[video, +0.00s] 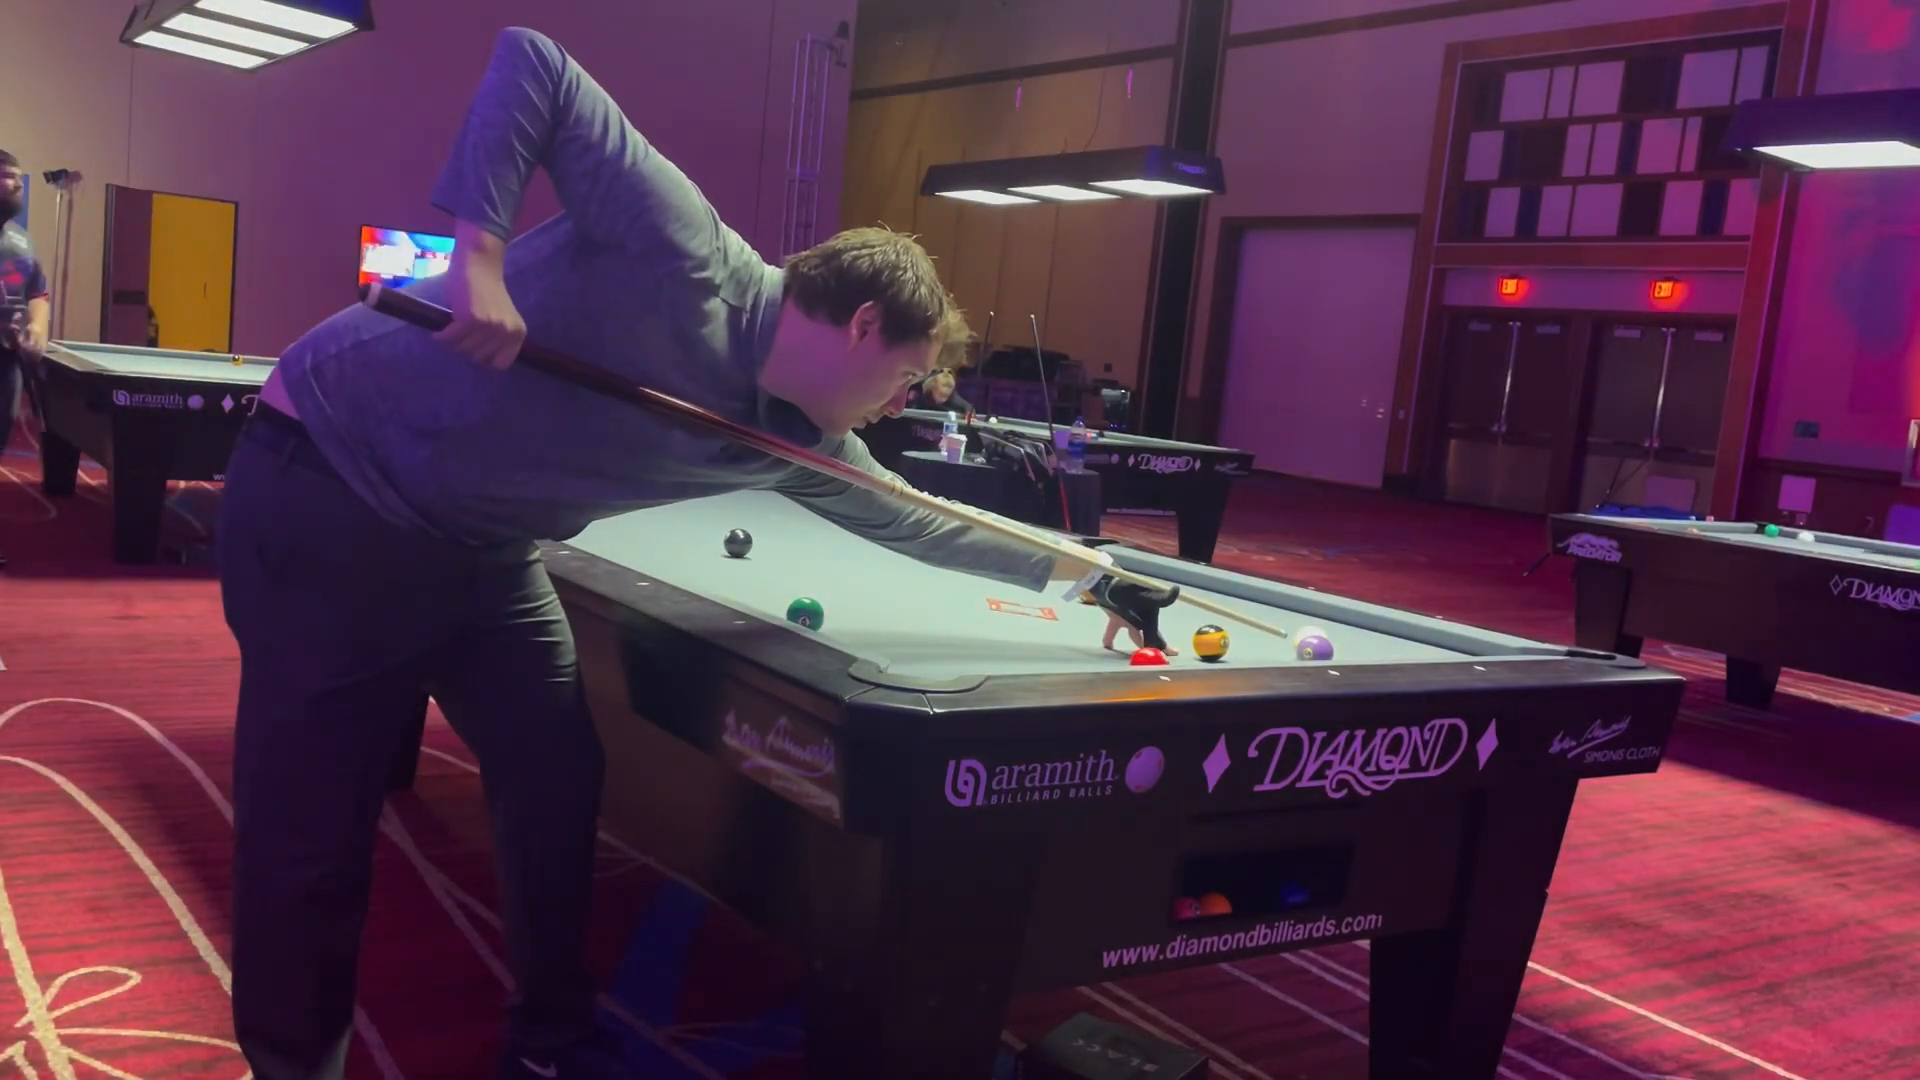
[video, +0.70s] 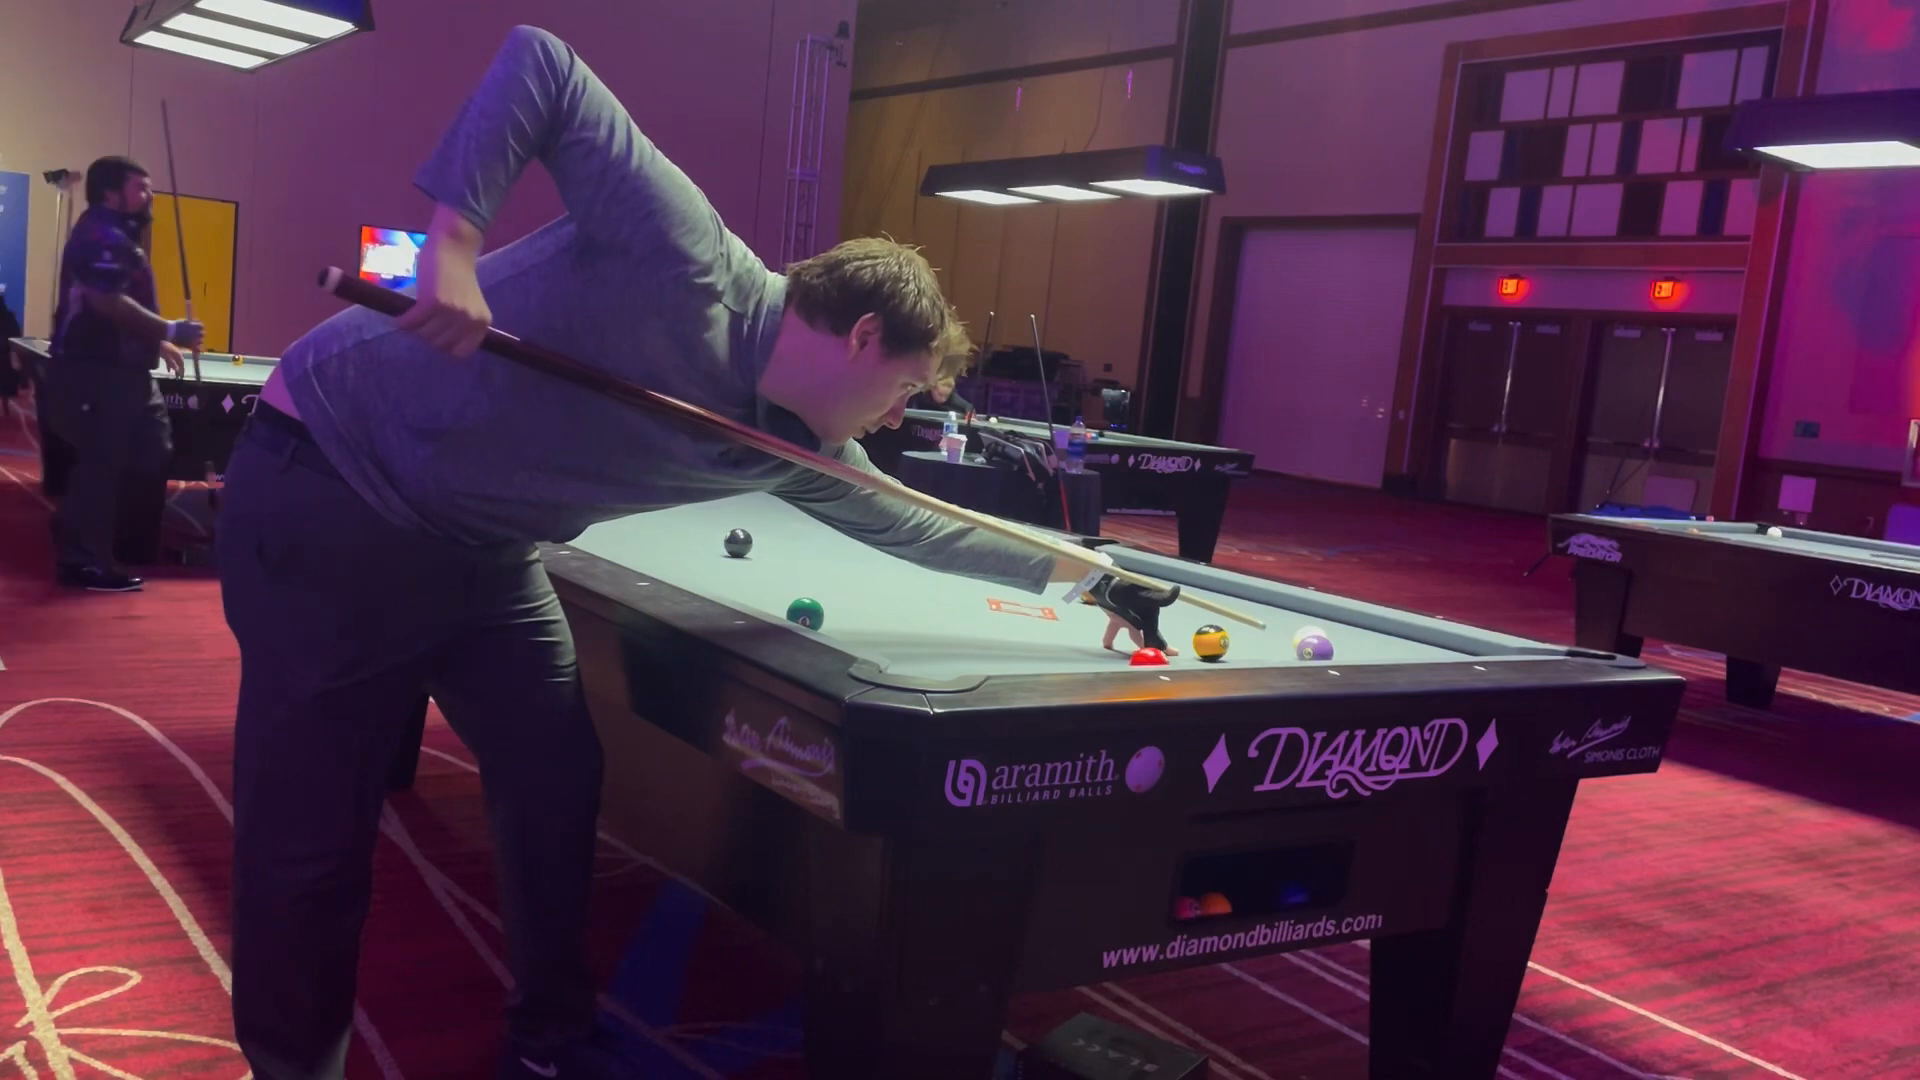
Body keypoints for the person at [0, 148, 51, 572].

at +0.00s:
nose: (14, 184)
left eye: (16, 177)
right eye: (8, 177)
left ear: (21, 185)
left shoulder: (19, 242)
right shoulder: (13, 245)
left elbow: (38, 290)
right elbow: (39, 290)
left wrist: (39, 328)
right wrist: (25, 329)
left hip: (10, 360)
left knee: (3, 438)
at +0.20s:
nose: (47, 189)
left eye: (48, 183)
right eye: (37, 181)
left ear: (50, 191)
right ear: (11, 188)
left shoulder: (45, 245)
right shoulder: (3, 237)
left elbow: (61, 294)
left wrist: (80, 320)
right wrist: (19, 321)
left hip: (31, 355)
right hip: (6, 354)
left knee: (18, 440)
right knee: (10, 439)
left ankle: (4, 542)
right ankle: (2, 545)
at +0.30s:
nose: (63, 194)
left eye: (64, 188)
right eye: (54, 187)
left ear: (62, 196)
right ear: (27, 193)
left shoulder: (59, 245)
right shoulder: (11, 233)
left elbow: (75, 302)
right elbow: (4, 293)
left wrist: (109, 332)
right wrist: (37, 320)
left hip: (48, 360)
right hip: (18, 358)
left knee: (46, 447)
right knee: (30, 449)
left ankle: (52, 545)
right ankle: (50, 546)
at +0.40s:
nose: (82, 198)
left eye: (82, 192)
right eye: (72, 191)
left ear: (72, 201)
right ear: (44, 198)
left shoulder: (67, 244)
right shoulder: (24, 238)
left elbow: (88, 312)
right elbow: (9, 295)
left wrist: (131, 340)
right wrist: (65, 328)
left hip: (59, 366)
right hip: (35, 368)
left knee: (20, 462)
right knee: (61, 461)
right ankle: (75, 560)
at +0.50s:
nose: (105, 199)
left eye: (106, 193)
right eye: (97, 191)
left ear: (92, 201)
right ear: (68, 197)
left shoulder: (86, 244)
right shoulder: (50, 238)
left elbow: (102, 315)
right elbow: (36, 299)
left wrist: (141, 345)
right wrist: (104, 333)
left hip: (81, 369)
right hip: (57, 369)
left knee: (61, 462)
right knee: (81, 458)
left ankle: (2, 518)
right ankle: (79, 561)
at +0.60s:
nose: (126, 194)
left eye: (124, 187)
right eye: (116, 187)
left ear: (94, 197)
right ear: (86, 194)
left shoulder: (101, 239)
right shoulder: (73, 236)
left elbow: (121, 306)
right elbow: (71, 298)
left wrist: (154, 346)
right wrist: (138, 331)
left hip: (100, 369)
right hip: (75, 370)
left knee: (96, 460)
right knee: (91, 460)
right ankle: (82, 562)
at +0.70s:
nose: (147, 195)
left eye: (147, 188)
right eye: (139, 188)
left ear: (118, 195)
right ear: (112, 193)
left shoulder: (116, 233)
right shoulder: (100, 234)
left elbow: (114, 301)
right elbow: (104, 296)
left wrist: (157, 343)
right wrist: (169, 329)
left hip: (119, 370)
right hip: (96, 371)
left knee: (149, 453)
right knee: (100, 462)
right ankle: (83, 562)